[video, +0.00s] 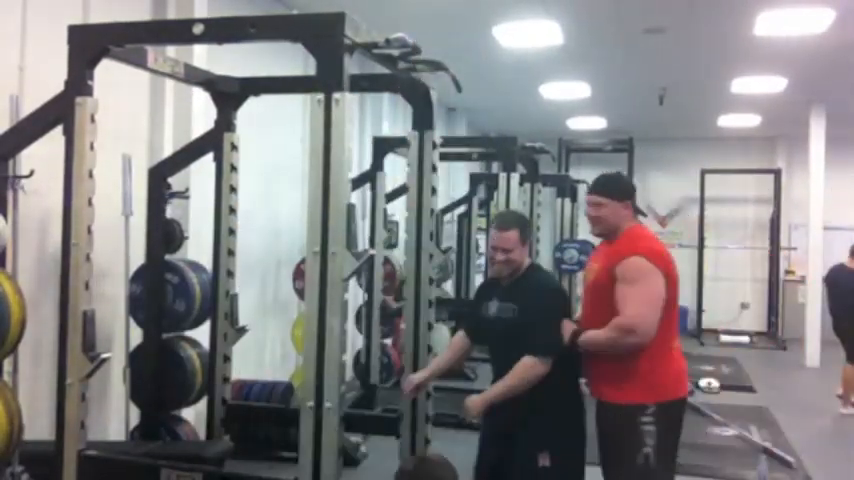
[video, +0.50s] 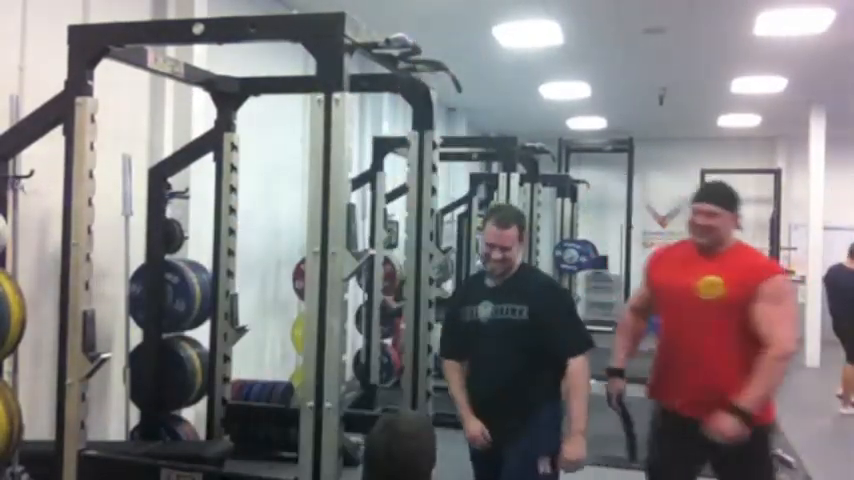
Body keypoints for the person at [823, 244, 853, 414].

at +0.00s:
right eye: (853, 257)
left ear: (849, 255)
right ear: (851, 256)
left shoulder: (834, 273)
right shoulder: (844, 274)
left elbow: (833, 305)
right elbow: (836, 306)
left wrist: (838, 319)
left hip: (839, 324)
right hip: (848, 325)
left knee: (849, 358)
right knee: (850, 360)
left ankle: (845, 390)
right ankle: (847, 401)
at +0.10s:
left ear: (848, 255)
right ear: (851, 256)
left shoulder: (834, 272)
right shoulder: (844, 274)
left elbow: (832, 304)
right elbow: (835, 305)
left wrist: (838, 319)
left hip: (839, 323)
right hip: (848, 325)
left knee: (849, 358)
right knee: (850, 360)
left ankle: (845, 390)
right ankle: (847, 401)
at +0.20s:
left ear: (848, 255)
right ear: (851, 256)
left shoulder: (834, 272)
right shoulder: (844, 274)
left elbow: (832, 304)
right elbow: (835, 305)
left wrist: (838, 319)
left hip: (839, 323)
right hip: (848, 325)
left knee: (849, 358)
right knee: (850, 360)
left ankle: (845, 390)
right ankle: (847, 401)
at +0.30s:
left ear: (848, 254)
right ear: (851, 255)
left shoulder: (833, 272)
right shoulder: (844, 274)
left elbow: (832, 304)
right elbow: (834, 304)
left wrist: (837, 319)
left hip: (839, 323)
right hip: (848, 325)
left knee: (849, 358)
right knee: (850, 360)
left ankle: (845, 390)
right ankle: (847, 401)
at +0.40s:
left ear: (848, 254)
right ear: (851, 255)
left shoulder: (833, 272)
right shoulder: (845, 274)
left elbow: (832, 305)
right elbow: (835, 306)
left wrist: (838, 319)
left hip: (839, 324)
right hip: (848, 325)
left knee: (849, 358)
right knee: (850, 360)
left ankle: (845, 389)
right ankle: (847, 401)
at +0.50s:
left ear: (848, 254)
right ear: (851, 255)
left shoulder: (833, 273)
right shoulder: (845, 274)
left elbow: (833, 305)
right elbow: (835, 306)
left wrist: (838, 320)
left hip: (839, 324)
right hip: (848, 325)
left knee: (849, 358)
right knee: (850, 360)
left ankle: (844, 389)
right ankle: (847, 401)